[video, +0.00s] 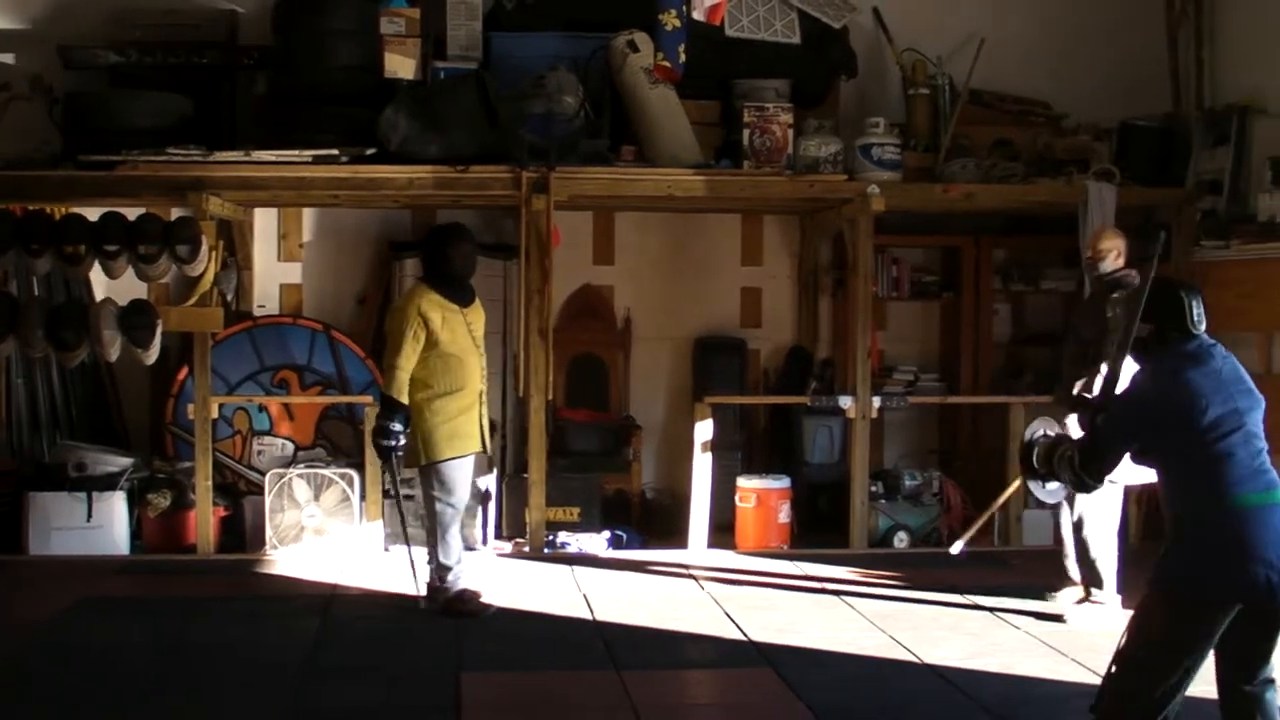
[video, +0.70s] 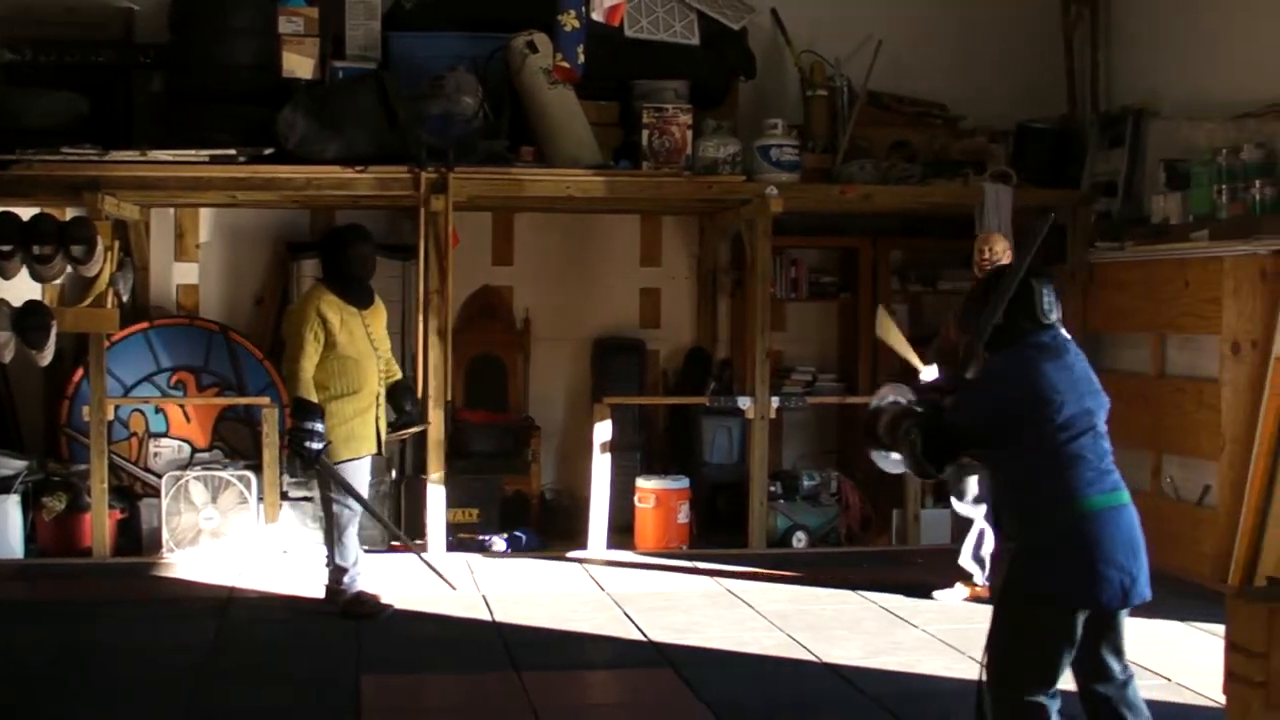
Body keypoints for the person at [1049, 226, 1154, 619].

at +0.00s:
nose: (1092, 259)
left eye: (1100, 254)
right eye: (1090, 253)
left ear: (1120, 255)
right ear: (1090, 255)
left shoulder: (1128, 291)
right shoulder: (1094, 292)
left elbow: (1118, 351)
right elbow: (1079, 342)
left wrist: (1094, 394)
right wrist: (1068, 387)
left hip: (1110, 409)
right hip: (1078, 406)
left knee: (1100, 500)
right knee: (1071, 497)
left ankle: (1104, 588)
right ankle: (1077, 578)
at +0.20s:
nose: (1052, 259)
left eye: (1060, 253)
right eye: (1050, 253)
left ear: (1080, 257)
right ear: (1048, 257)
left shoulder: (1091, 299)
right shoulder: (1050, 297)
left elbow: (1094, 359)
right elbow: (1038, 354)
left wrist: (1063, 399)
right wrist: (1015, 396)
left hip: (1071, 414)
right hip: (1038, 411)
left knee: (1069, 503)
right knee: (1035, 498)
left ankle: (1075, 592)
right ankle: (1046, 579)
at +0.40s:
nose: (1014, 261)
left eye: (1021, 255)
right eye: (1009, 255)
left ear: (1041, 256)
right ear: (1004, 260)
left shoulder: (1055, 293)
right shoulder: (1003, 301)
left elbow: (1059, 352)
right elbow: (985, 350)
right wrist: (971, 392)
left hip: (1049, 409)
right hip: (1005, 405)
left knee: (1055, 499)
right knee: (1012, 495)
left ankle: (1057, 587)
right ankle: (1020, 578)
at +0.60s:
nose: (991, 259)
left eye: (998, 253)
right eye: (986, 254)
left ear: (1016, 256)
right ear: (980, 259)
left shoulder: (1029, 296)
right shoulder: (978, 302)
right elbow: (956, 355)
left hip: (1025, 411)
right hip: (980, 410)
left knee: (1034, 490)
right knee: (980, 492)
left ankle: (1047, 573)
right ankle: (987, 575)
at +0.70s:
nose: (984, 256)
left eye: (992, 249)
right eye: (980, 250)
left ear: (1009, 255)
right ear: (973, 255)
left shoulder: (1020, 301)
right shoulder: (971, 302)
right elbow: (956, 356)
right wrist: (937, 375)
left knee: (981, 501)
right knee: (971, 500)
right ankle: (976, 574)